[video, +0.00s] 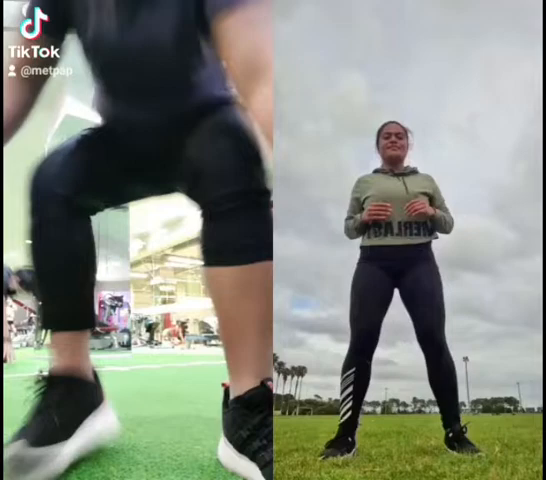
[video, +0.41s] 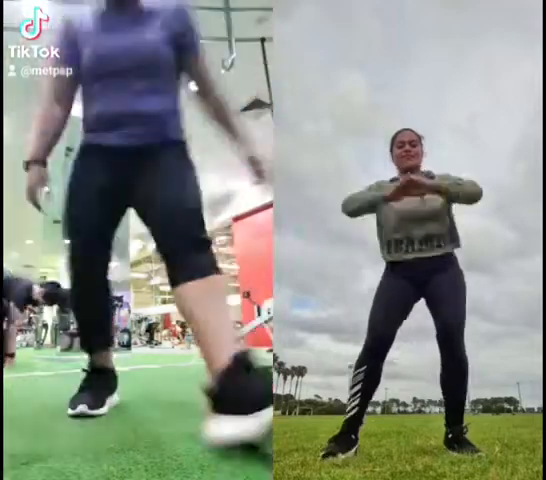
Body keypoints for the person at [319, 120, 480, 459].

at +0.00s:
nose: (394, 140)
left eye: (399, 136)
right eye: (387, 136)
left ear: (409, 145)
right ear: (378, 146)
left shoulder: (426, 182)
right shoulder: (364, 183)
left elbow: (447, 224)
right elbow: (349, 229)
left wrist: (431, 212)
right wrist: (364, 217)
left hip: (418, 263)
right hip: (373, 265)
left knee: (434, 342)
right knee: (361, 344)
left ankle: (455, 434)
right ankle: (345, 437)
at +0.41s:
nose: (407, 148)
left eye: (413, 144)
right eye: (400, 145)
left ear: (423, 151)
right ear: (392, 156)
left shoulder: (440, 181)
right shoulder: (382, 188)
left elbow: (474, 193)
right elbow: (349, 206)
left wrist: (432, 186)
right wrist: (389, 194)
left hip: (442, 270)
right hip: (399, 273)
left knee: (453, 345)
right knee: (375, 345)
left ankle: (455, 435)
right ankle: (348, 435)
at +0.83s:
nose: (433, 197)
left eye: (439, 192)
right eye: (426, 193)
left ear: (449, 198)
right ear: (417, 203)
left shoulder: (472, 232)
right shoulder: (405, 235)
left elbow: (511, 210)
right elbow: (371, 215)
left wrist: (464, 216)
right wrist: (420, 218)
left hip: (468, 315)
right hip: (426, 320)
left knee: (461, 344)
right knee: (440, 390)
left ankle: (457, 427)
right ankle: (461, 433)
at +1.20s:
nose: (438, 203)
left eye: (445, 197)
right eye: (431, 198)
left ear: (455, 205)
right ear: (422, 207)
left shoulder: (475, 243)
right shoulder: (409, 244)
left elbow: (514, 225)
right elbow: (370, 223)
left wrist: (462, 226)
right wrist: (418, 228)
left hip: (471, 320)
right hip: (428, 324)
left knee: (467, 341)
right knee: (445, 397)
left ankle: (461, 434)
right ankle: (467, 427)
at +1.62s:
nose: (407, 174)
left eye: (414, 168)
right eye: (401, 169)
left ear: (424, 174)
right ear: (391, 178)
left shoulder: (443, 211)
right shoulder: (382, 216)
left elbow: (479, 211)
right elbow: (336, 219)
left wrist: (428, 199)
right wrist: (387, 206)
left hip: (438, 300)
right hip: (392, 299)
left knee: (464, 338)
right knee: (350, 339)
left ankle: (458, 434)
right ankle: (330, 436)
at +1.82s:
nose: (394, 220)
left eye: (402, 213)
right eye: (386, 214)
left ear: (412, 219)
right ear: (376, 221)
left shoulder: (427, 261)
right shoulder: (363, 262)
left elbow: (465, 265)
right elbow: (321, 270)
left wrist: (412, 242)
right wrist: (376, 247)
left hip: (419, 346)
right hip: (371, 346)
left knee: (458, 340)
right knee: (329, 343)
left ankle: (456, 435)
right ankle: (330, 439)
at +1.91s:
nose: (389, 227)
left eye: (397, 221)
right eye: (381, 221)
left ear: (407, 228)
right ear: (370, 229)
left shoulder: (422, 269)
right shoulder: (360, 270)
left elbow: (460, 275)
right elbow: (317, 280)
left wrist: (409, 251)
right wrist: (372, 256)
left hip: (414, 354)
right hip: (366, 355)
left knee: (459, 340)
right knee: (323, 344)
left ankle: (457, 435)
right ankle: (330, 440)